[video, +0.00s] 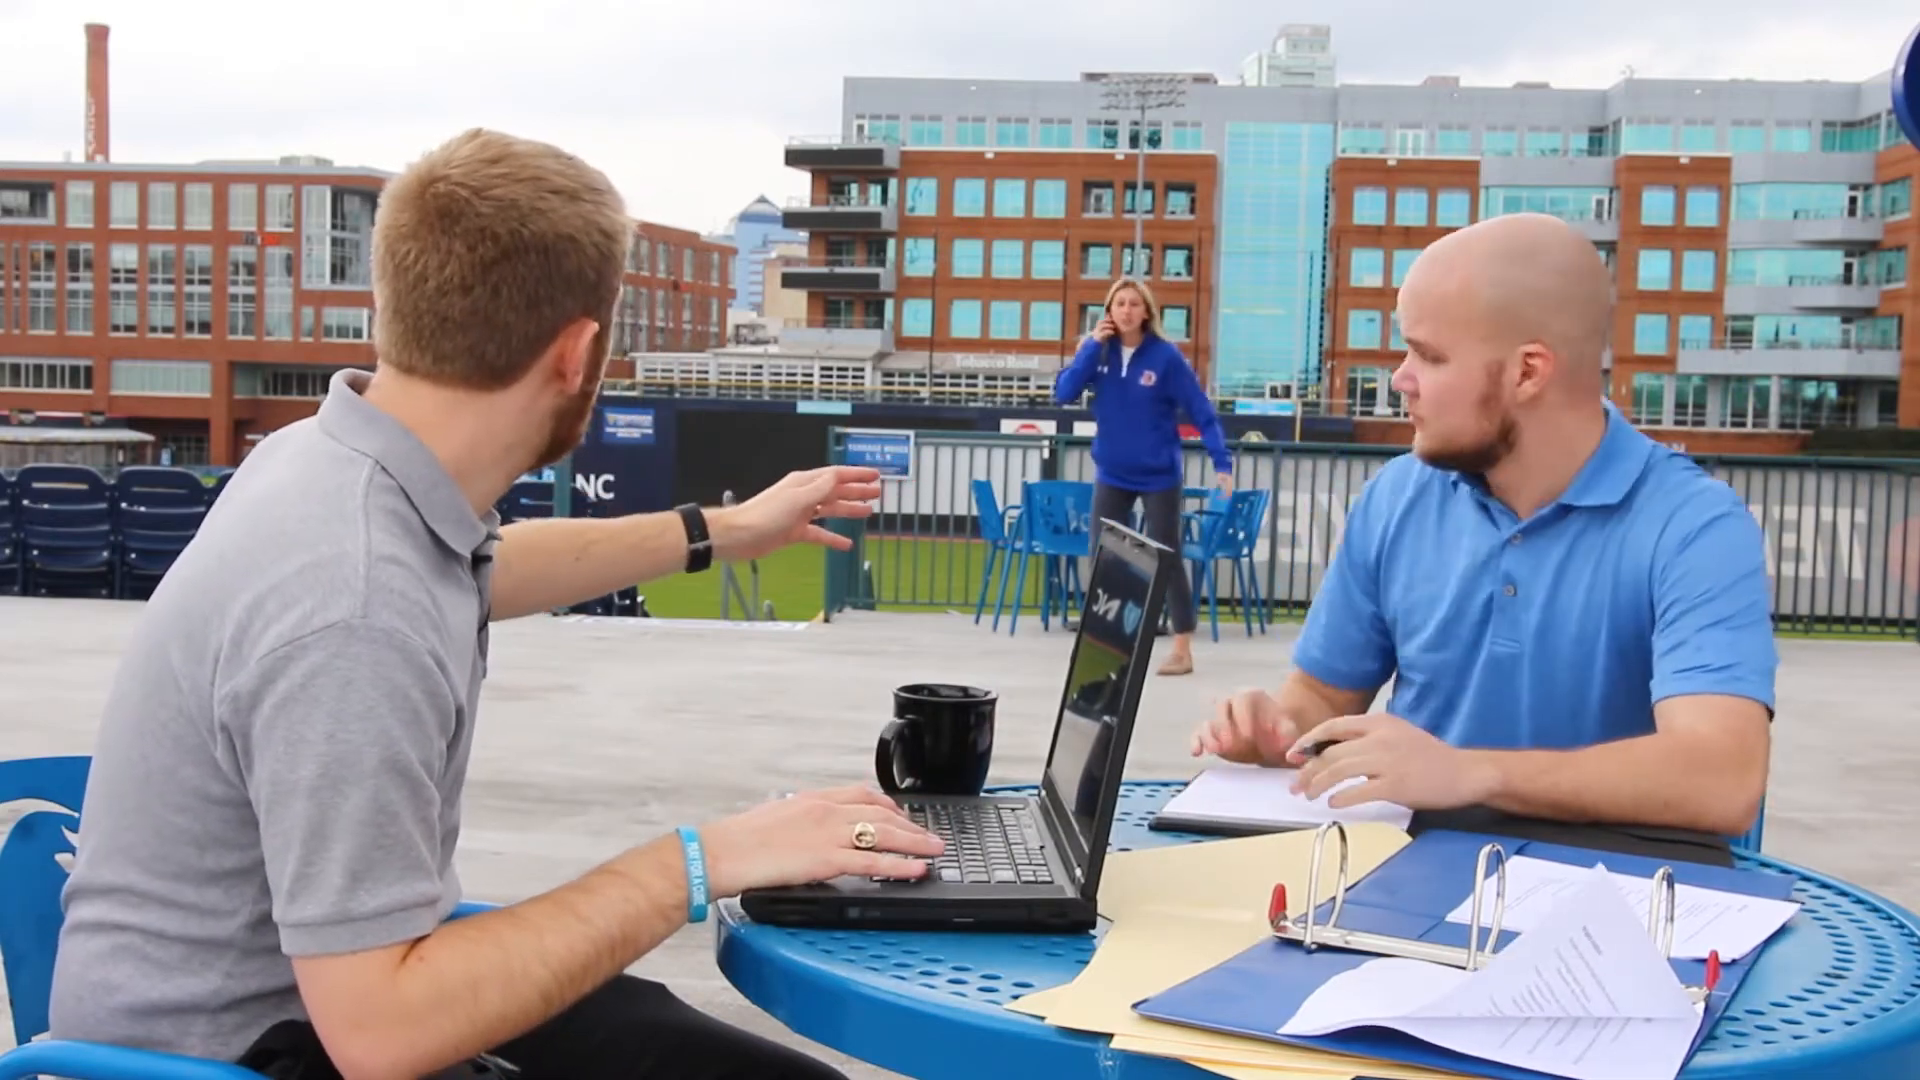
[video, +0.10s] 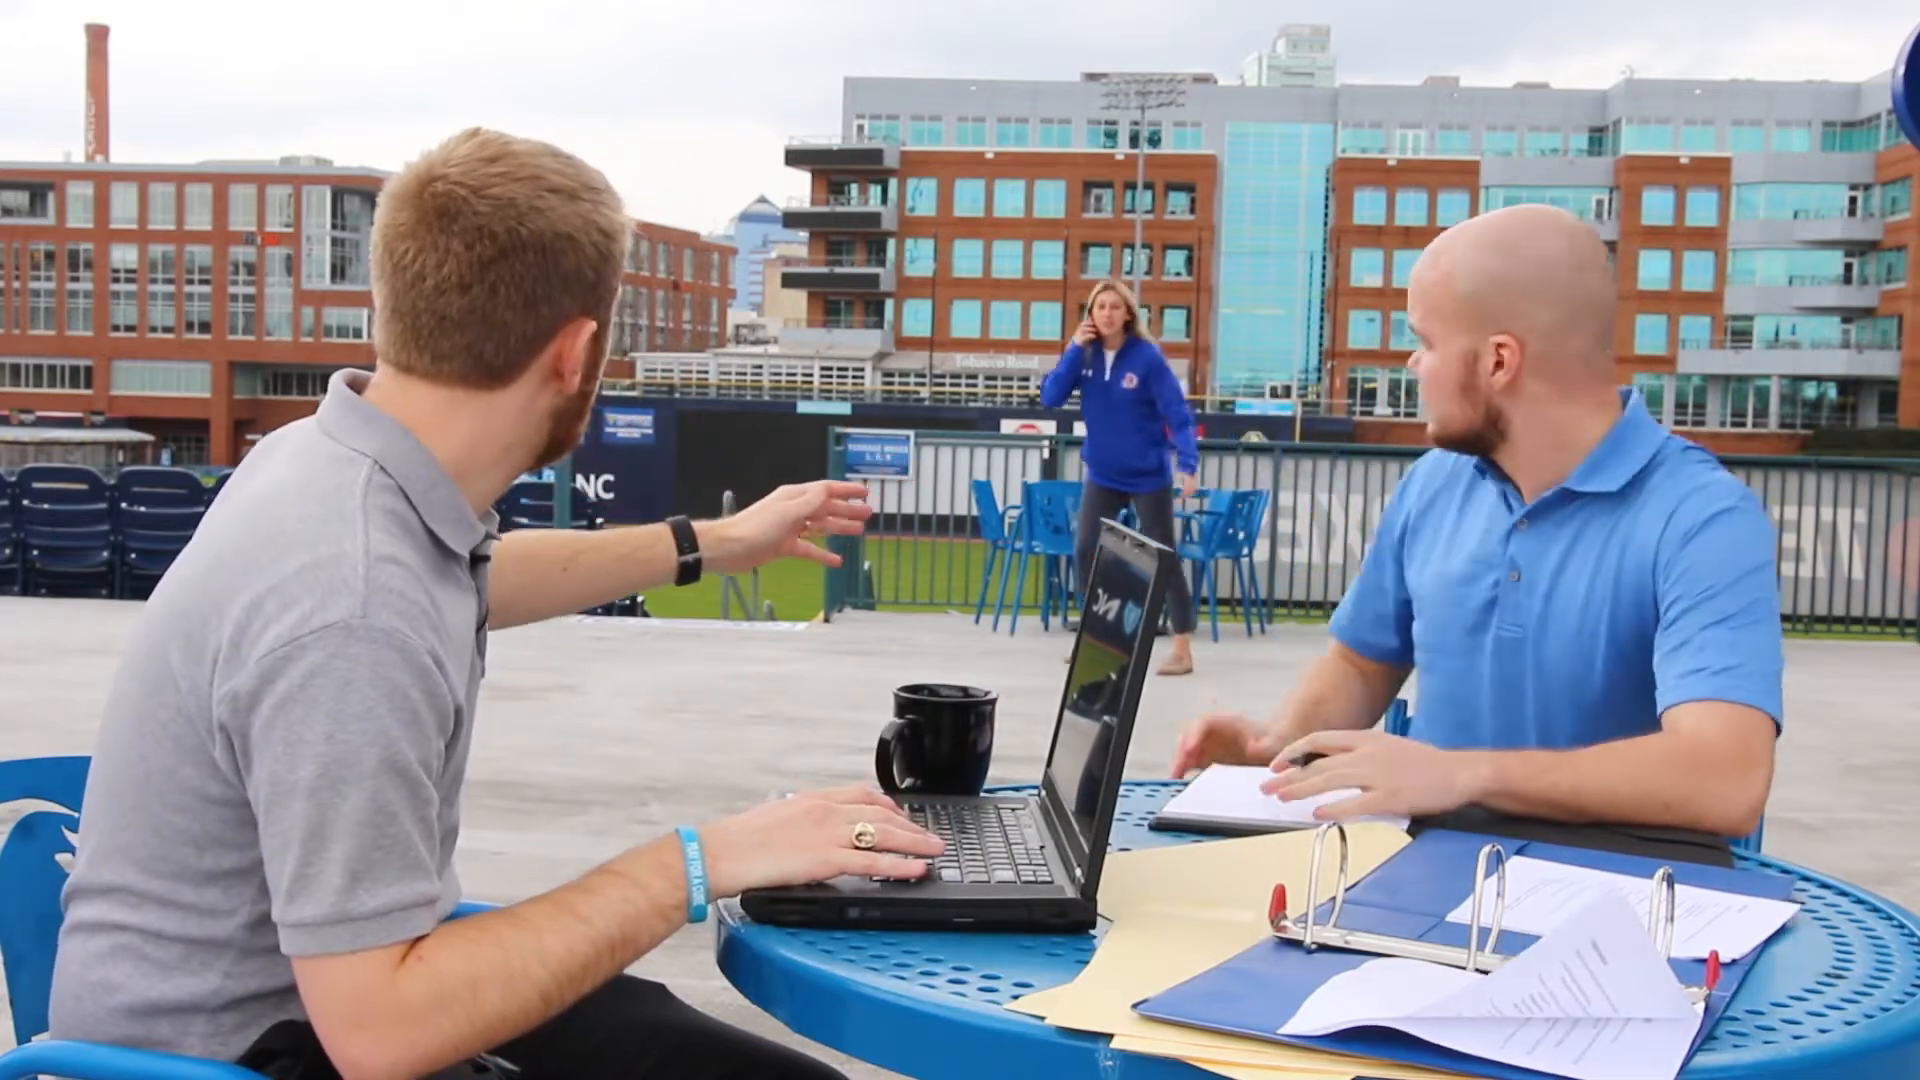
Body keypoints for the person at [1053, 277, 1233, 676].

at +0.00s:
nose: (1126, 311)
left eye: (1134, 305)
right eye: (1120, 304)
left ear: (1147, 311)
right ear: (1110, 310)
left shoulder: (1165, 356)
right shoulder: (1098, 351)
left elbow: (1201, 411)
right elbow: (1063, 394)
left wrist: (1223, 464)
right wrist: (1092, 345)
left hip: (1159, 475)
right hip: (1112, 473)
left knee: (1167, 556)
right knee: (1102, 557)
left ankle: (1182, 648)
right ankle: (1104, 645)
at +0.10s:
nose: (1107, 314)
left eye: (1114, 307)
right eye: (1101, 307)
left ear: (1128, 313)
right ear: (1092, 313)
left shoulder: (1146, 355)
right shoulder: (1083, 353)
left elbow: (1177, 411)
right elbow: (1050, 398)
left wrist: (1188, 465)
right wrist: (1075, 348)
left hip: (1148, 476)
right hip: (1101, 474)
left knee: (1164, 557)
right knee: (1085, 551)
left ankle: (1182, 646)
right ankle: (1102, 637)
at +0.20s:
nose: (1082, 319)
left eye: (1090, 312)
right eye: (1075, 312)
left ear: (1103, 317)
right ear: (1066, 318)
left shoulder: (1122, 361)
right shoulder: (1063, 359)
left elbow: (1144, 422)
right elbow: (1029, 402)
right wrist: (1051, 354)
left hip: (1134, 477)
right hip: (1087, 477)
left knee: (1156, 556)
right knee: (1064, 550)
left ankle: (1180, 644)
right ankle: (1087, 637)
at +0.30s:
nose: (1046, 326)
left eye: (1054, 318)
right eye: (1040, 319)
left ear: (1070, 324)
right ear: (1033, 326)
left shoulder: (1088, 365)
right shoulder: (1033, 367)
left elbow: (1105, 428)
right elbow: (1003, 408)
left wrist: (1062, 464)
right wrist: (1017, 361)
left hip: (1111, 478)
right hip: (1071, 481)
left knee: (1138, 557)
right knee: (1037, 553)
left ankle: (1179, 644)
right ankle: (1077, 636)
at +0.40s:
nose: (998, 328)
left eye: (1006, 321)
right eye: (994, 321)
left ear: (1024, 326)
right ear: (989, 327)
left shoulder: (1043, 367)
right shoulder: (994, 371)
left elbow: (1073, 425)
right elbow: (972, 418)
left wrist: (1052, 476)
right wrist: (978, 369)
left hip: (1074, 482)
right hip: (1035, 486)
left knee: (1098, 567)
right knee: (1019, 565)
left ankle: (1164, 634)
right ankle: (1078, 637)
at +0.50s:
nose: (942, 331)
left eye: (950, 323)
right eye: (939, 324)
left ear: (971, 328)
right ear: (938, 332)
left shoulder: (995, 369)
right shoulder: (948, 375)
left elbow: (1045, 413)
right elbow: (925, 421)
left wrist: (1063, 465)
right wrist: (931, 370)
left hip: (1028, 482)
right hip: (998, 487)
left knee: (1006, 569)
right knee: (1008, 570)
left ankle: (1076, 608)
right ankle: (1074, 633)